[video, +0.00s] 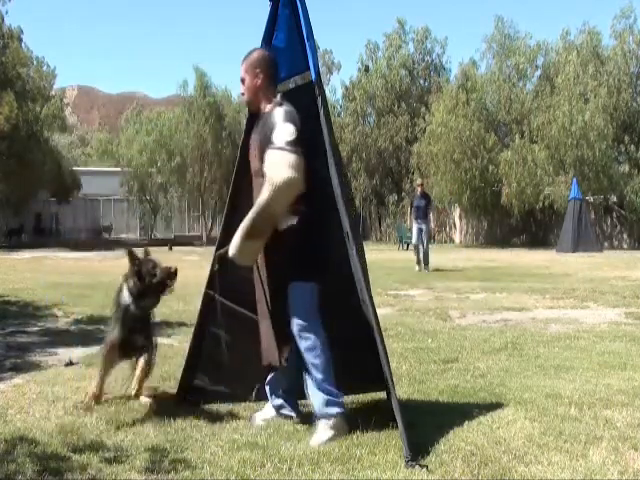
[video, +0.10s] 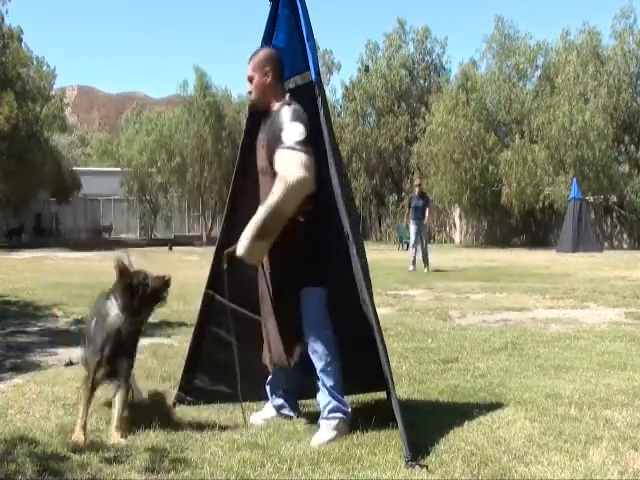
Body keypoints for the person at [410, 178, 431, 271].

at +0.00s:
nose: (420, 188)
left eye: (421, 185)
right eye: (418, 186)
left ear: (423, 186)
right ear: (416, 187)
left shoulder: (427, 197)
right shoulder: (413, 197)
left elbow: (430, 211)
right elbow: (410, 210)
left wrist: (432, 223)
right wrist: (410, 221)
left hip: (425, 221)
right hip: (416, 221)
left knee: (425, 244)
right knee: (415, 243)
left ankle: (426, 264)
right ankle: (417, 263)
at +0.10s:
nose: (417, 189)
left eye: (419, 187)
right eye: (416, 187)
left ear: (421, 187)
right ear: (414, 188)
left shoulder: (425, 198)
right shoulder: (412, 198)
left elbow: (427, 209)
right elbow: (409, 209)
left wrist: (426, 219)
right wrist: (408, 219)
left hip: (422, 221)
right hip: (413, 220)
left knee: (424, 243)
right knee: (413, 242)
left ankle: (426, 264)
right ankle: (412, 264)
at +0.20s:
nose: (413, 191)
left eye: (415, 188)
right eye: (412, 189)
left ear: (418, 189)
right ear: (410, 190)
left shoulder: (422, 198)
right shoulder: (408, 199)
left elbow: (425, 209)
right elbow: (405, 209)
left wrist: (421, 214)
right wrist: (402, 218)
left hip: (419, 222)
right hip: (410, 222)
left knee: (422, 244)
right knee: (411, 244)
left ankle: (425, 265)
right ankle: (411, 265)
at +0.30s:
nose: (410, 189)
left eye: (412, 187)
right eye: (409, 187)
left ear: (415, 188)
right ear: (407, 188)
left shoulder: (419, 198)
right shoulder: (405, 198)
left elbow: (423, 209)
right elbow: (401, 210)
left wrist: (418, 216)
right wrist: (398, 222)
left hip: (416, 222)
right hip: (407, 222)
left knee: (418, 243)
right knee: (409, 244)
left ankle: (424, 263)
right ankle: (411, 265)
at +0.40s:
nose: (407, 187)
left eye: (409, 185)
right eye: (405, 185)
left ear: (412, 185)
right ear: (404, 186)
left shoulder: (417, 196)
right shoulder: (402, 196)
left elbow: (420, 210)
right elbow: (399, 209)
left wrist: (418, 221)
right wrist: (396, 221)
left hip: (414, 221)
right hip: (405, 220)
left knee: (414, 244)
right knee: (407, 245)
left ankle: (419, 261)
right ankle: (410, 265)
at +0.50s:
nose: (404, 185)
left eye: (406, 183)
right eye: (403, 183)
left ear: (409, 183)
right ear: (401, 184)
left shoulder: (414, 194)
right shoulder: (400, 195)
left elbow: (418, 208)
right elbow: (396, 207)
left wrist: (420, 220)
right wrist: (395, 218)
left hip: (412, 218)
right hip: (403, 218)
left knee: (410, 241)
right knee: (405, 241)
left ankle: (412, 262)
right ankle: (409, 262)